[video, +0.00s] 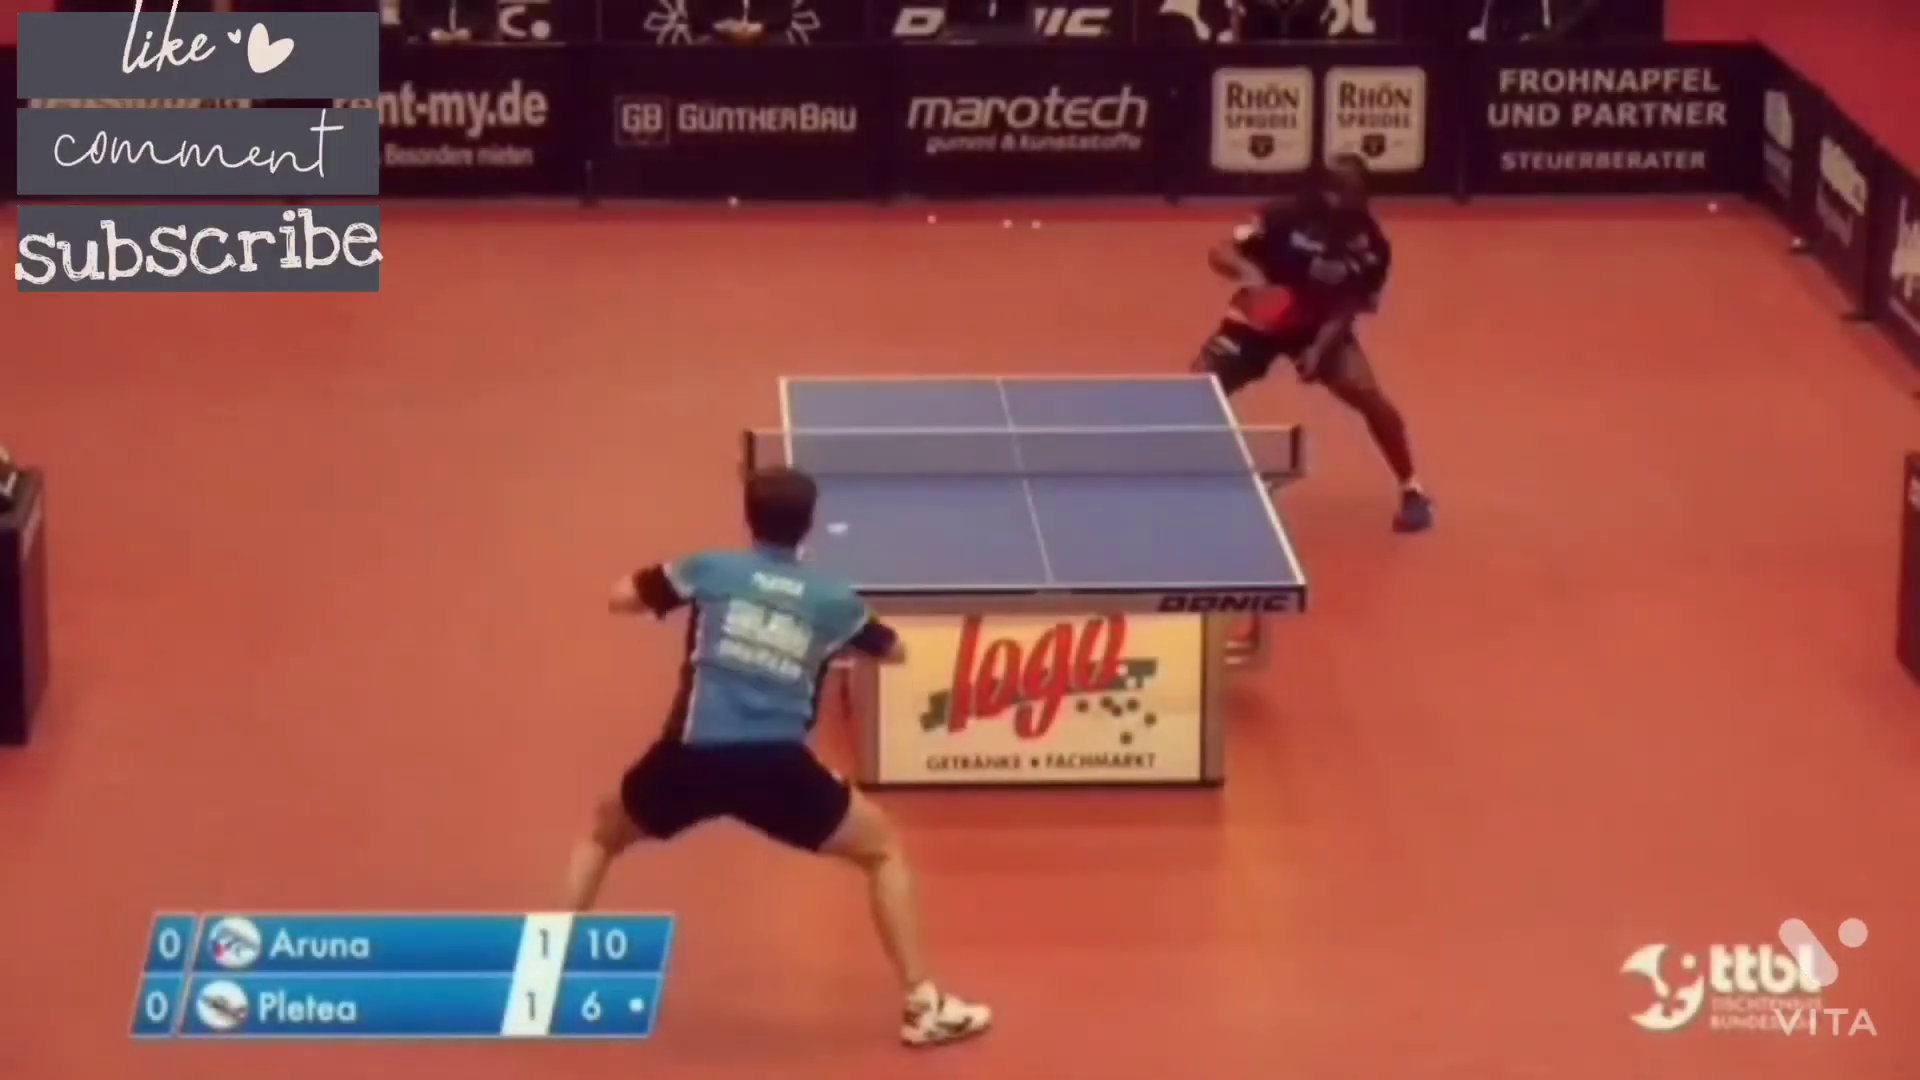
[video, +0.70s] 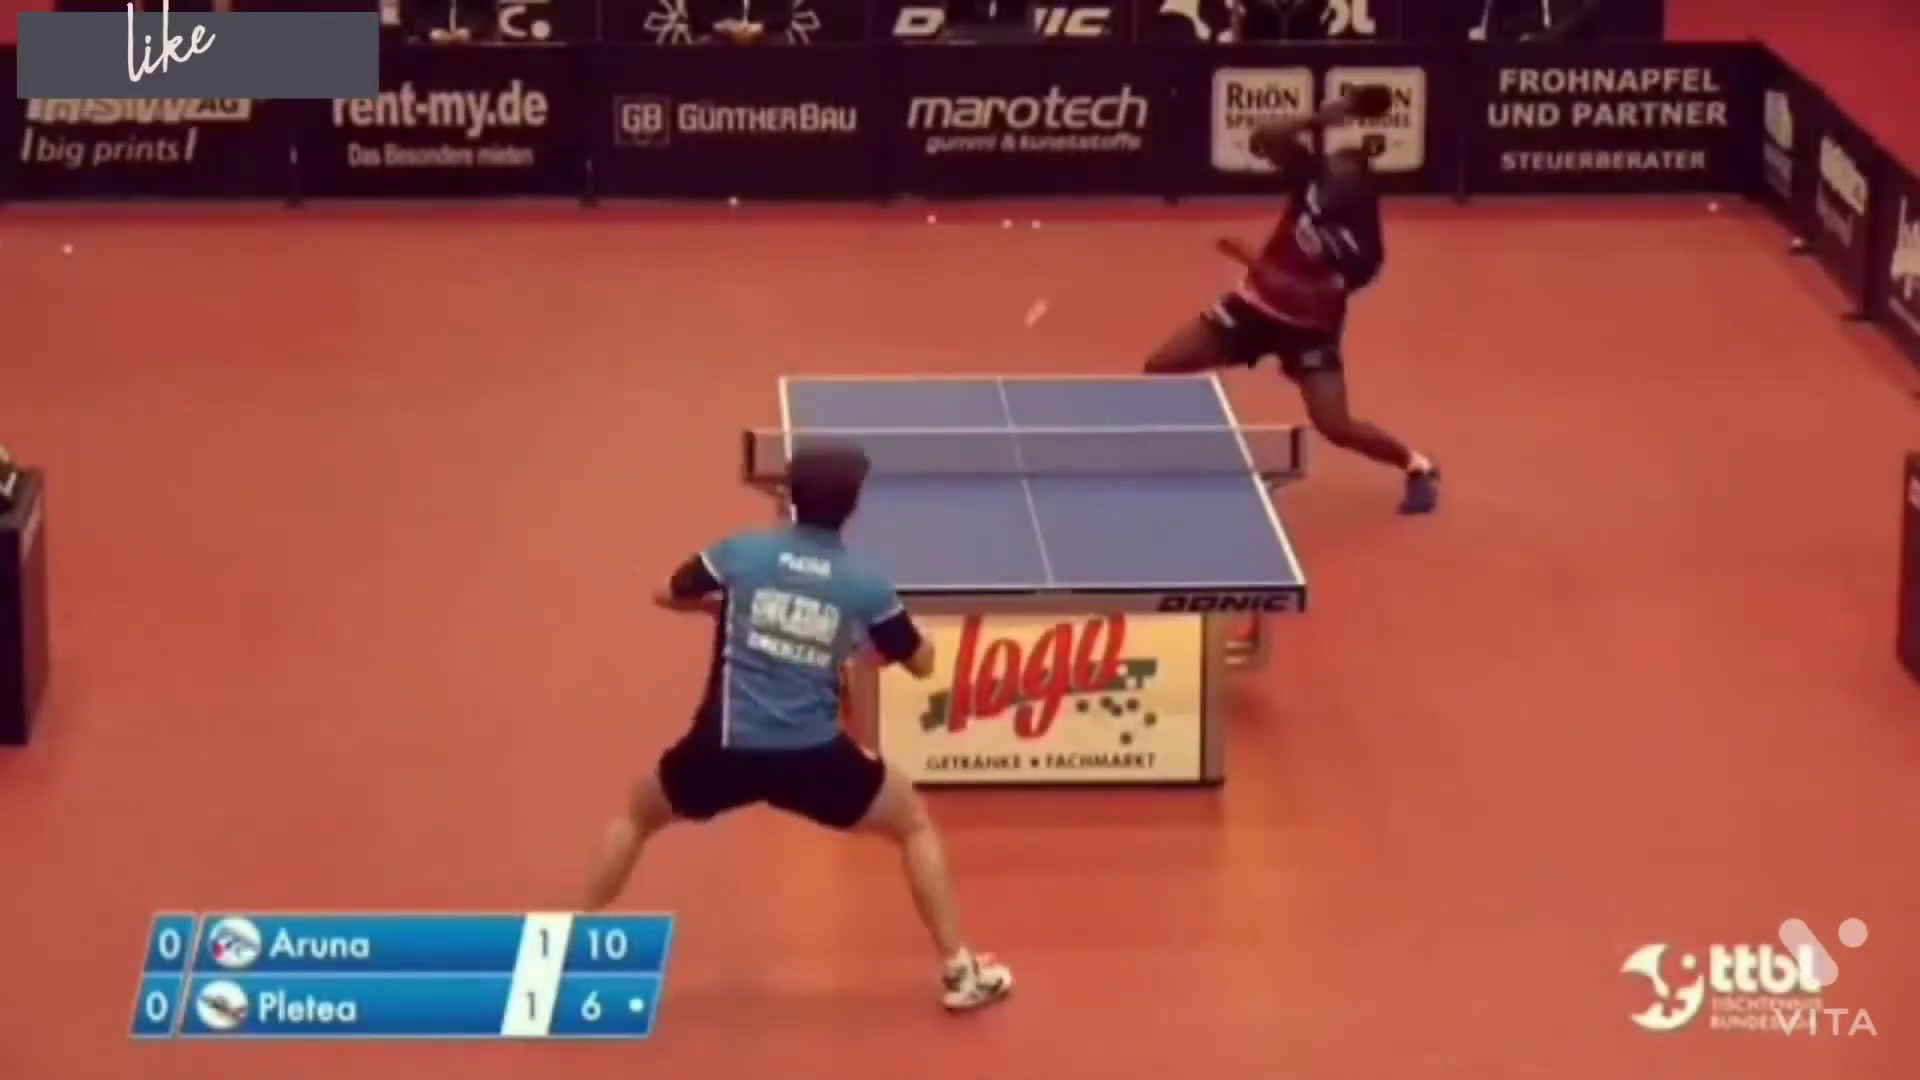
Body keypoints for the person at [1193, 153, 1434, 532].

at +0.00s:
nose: (1338, 198)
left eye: (1348, 190)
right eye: (1331, 187)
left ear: (1363, 194)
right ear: (1318, 185)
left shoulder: (1371, 245)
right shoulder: (1284, 217)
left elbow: (1348, 308)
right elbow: (1221, 253)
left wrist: (1317, 351)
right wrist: (1249, 276)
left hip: (1320, 333)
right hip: (1258, 325)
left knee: (1369, 398)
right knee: (1195, 394)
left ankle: (1410, 489)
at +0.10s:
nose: (1303, 172)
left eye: (1310, 163)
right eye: (1296, 162)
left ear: (1326, 164)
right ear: (1285, 162)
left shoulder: (1346, 219)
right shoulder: (1257, 197)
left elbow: (1349, 296)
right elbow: (1208, 240)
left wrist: (1316, 346)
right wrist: (1205, 276)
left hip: (1309, 322)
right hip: (1242, 310)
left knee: (1357, 396)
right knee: (1170, 378)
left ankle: (1406, 487)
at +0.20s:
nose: (1245, 155)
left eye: (1254, 146)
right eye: (1240, 146)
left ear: (1273, 145)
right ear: (1231, 145)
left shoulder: (1304, 189)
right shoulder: (1216, 185)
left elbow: (1332, 261)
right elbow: (1191, 241)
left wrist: (1304, 323)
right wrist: (1174, 272)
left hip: (1292, 304)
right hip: (1227, 298)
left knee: (1337, 385)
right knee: (1150, 366)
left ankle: (1382, 478)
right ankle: (1119, 470)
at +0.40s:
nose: (1197, 173)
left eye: (1204, 164)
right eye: (1193, 165)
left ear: (1225, 160)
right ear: (1194, 165)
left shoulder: (1255, 199)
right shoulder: (1216, 196)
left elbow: (1290, 269)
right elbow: (1218, 252)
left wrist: (1260, 333)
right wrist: (1182, 289)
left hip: (1282, 315)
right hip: (1230, 307)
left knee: (1304, 421)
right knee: (1150, 369)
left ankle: (1390, 462)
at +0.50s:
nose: (1221, 157)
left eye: (1229, 149)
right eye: (1219, 148)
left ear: (1257, 149)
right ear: (1226, 150)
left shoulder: (1276, 196)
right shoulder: (1249, 186)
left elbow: (1286, 272)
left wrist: (1233, 322)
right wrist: (1231, 227)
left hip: (1290, 324)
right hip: (1245, 312)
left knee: (1310, 430)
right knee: (1161, 373)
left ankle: (1407, 464)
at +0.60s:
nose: (1288, 164)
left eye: (1295, 157)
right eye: (1287, 158)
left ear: (1319, 158)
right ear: (1294, 161)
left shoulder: (1337, 210)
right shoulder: (1293, 189)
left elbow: (1294, 278)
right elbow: (1266, 199)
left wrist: (1214, 282)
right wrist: (1253, 181)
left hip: (1302, 327)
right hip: (1255, 308)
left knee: (1322, 430)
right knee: (1165, 363)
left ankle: (1415, 465)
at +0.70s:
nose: (1332, 185)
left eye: (1344, 179)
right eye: (1331, 175)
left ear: (1361, 189)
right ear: (1326, 171)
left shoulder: (1363, 249)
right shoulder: (1309, 177)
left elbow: (1305, 292)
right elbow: (1264, 140)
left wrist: (1251, 260)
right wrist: (1320, 120)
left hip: (1309, 335)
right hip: (1252, 311)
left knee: (1335, 429)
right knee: (1158, 369)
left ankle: (1418, 467)